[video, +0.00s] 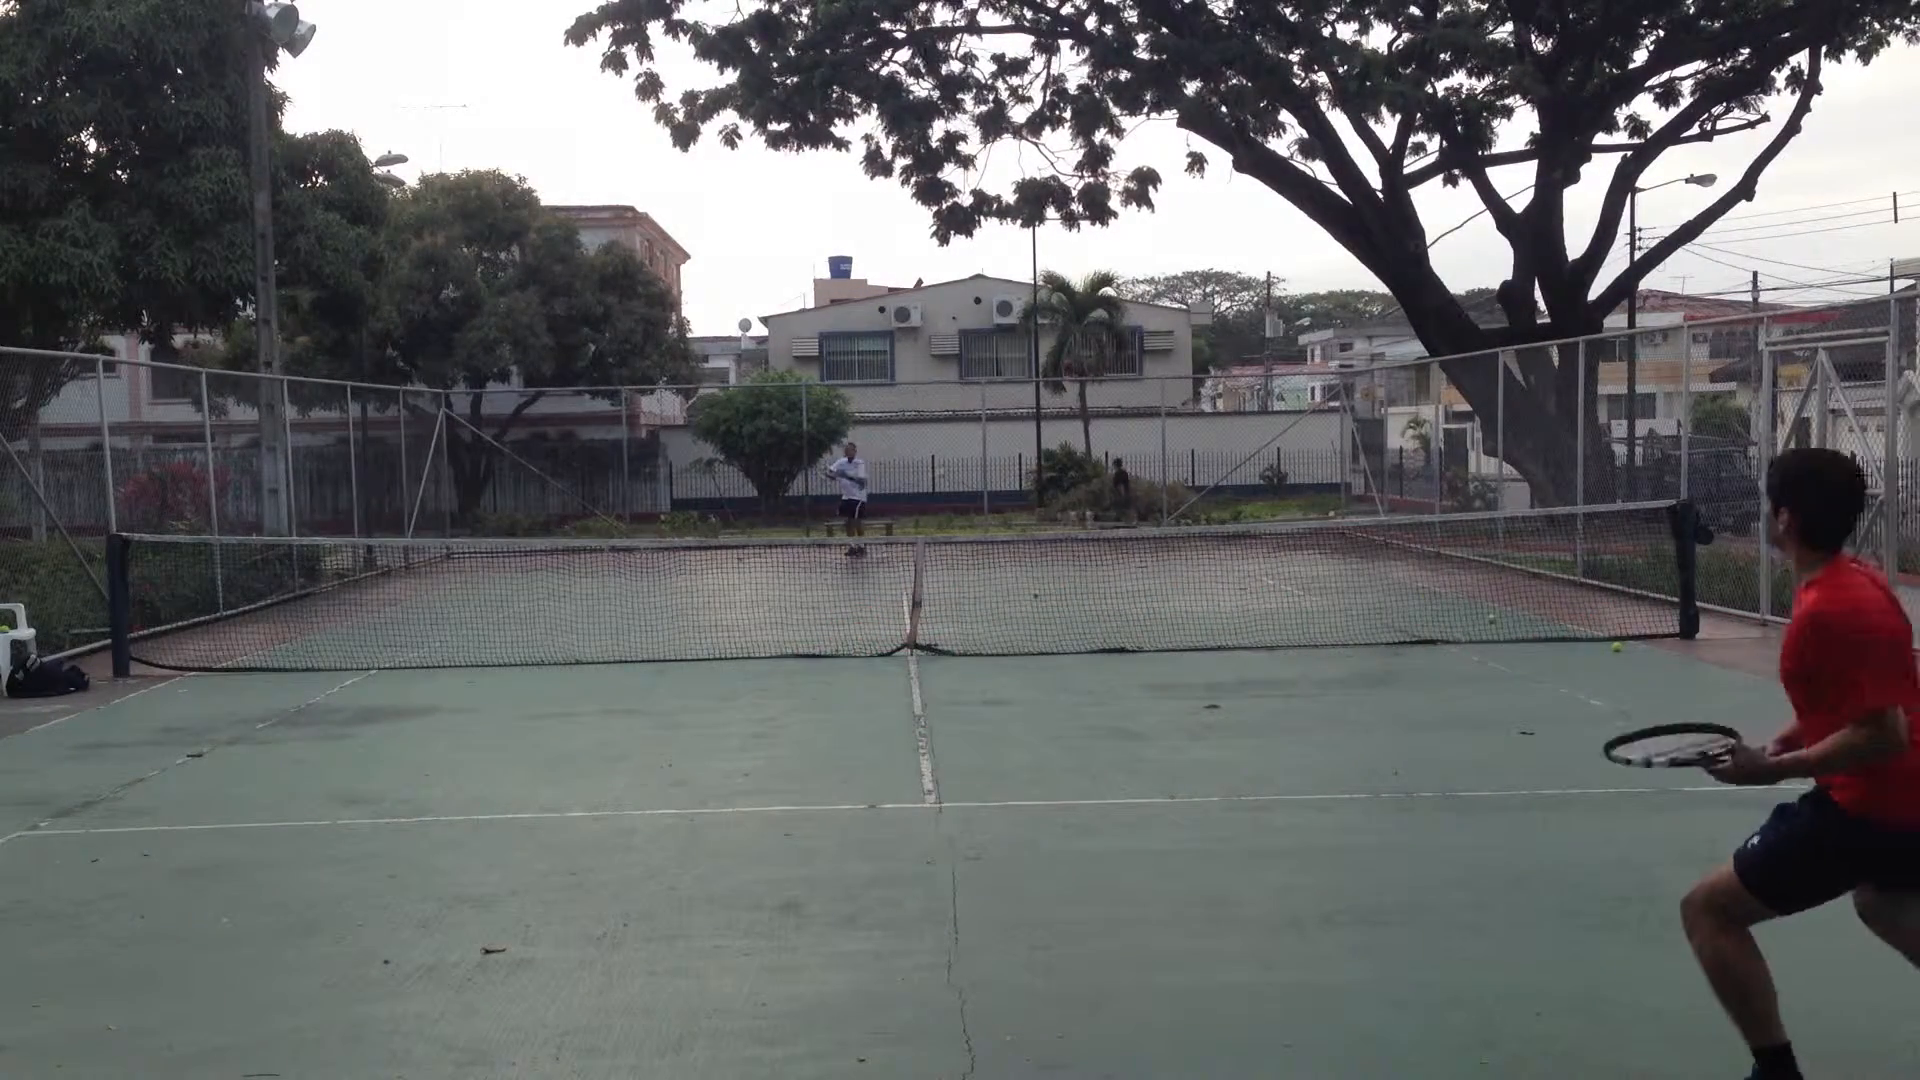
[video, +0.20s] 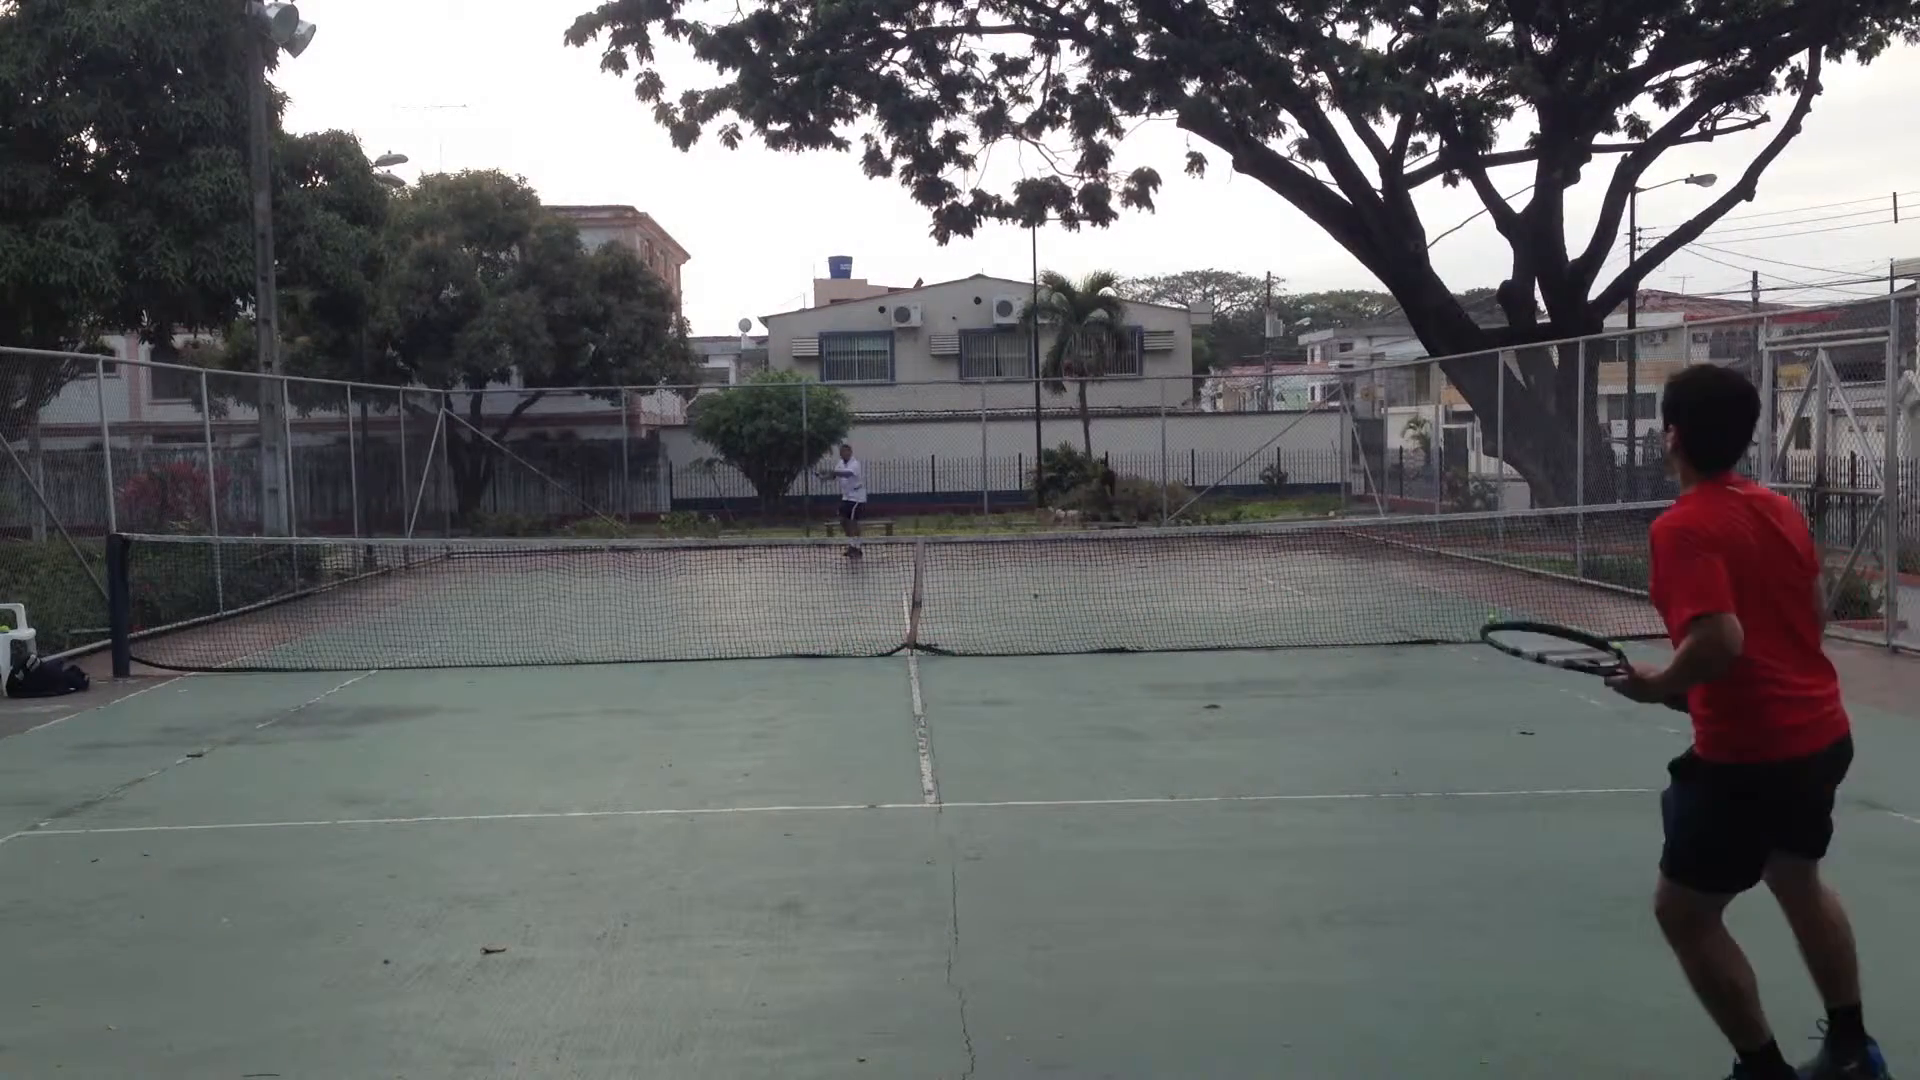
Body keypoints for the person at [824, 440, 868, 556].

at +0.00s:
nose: (850, 452)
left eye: (852, 450)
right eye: (848, 450)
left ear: (855, 451)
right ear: (845, 451)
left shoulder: (860, 463)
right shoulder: (841, 462)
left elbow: (862, 481)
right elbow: (829, 472)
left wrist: (846, 476)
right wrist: (836, 475)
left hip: (859, 497)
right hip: (846, 496)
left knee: (857, 521)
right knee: (847, 522)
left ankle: (861, 545)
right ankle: (852, 545)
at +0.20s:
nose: (843, 454)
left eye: (846, 451)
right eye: (842, 452)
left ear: (850, 452)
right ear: (840, 453)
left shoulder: (855, 463)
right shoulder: (840, 464)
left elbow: (849, 473)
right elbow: (835, 475)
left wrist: (832, 473)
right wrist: (824, 476)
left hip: (857, 497)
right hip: (846, 496)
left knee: (853, 521)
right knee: (844, 520)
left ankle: (857, 546)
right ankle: (851, 545)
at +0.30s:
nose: (838, 455)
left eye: (840, 452)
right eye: (837, 453)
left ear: (846, 452)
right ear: (837, 454)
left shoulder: (851, 465)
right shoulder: (841, 466)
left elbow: (840, 473)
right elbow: (834, 481)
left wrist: (820, 472)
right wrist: (821, 482)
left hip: (857, 498)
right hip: (847, 497)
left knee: (851, 521)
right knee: (844, 521)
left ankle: (857, 547)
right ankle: (850, 545)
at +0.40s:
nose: (835, 460)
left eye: (837, 458)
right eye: (834, 458)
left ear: (842, 457)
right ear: (833, 459)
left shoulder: (848, 466)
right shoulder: (840, 470)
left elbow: (837, 473)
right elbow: (835, 485)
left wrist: (821, 473)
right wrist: (822, 491)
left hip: (856, 497)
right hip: (848, 498)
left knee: (845, 522)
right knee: (843, 522)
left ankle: (854, 544)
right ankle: (850, 545)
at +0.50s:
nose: (831, 465)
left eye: (833, 463)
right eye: (831, 463)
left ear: (837, 463)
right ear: (832, 464)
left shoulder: (845, 471)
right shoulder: (836, 479)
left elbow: (836, 477)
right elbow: (833, 495)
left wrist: (821, 479)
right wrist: (817, 501)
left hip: (856, 499)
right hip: (846, 500)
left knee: (843, 522)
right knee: (839, 522)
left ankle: (854, 544)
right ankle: (849, 545)